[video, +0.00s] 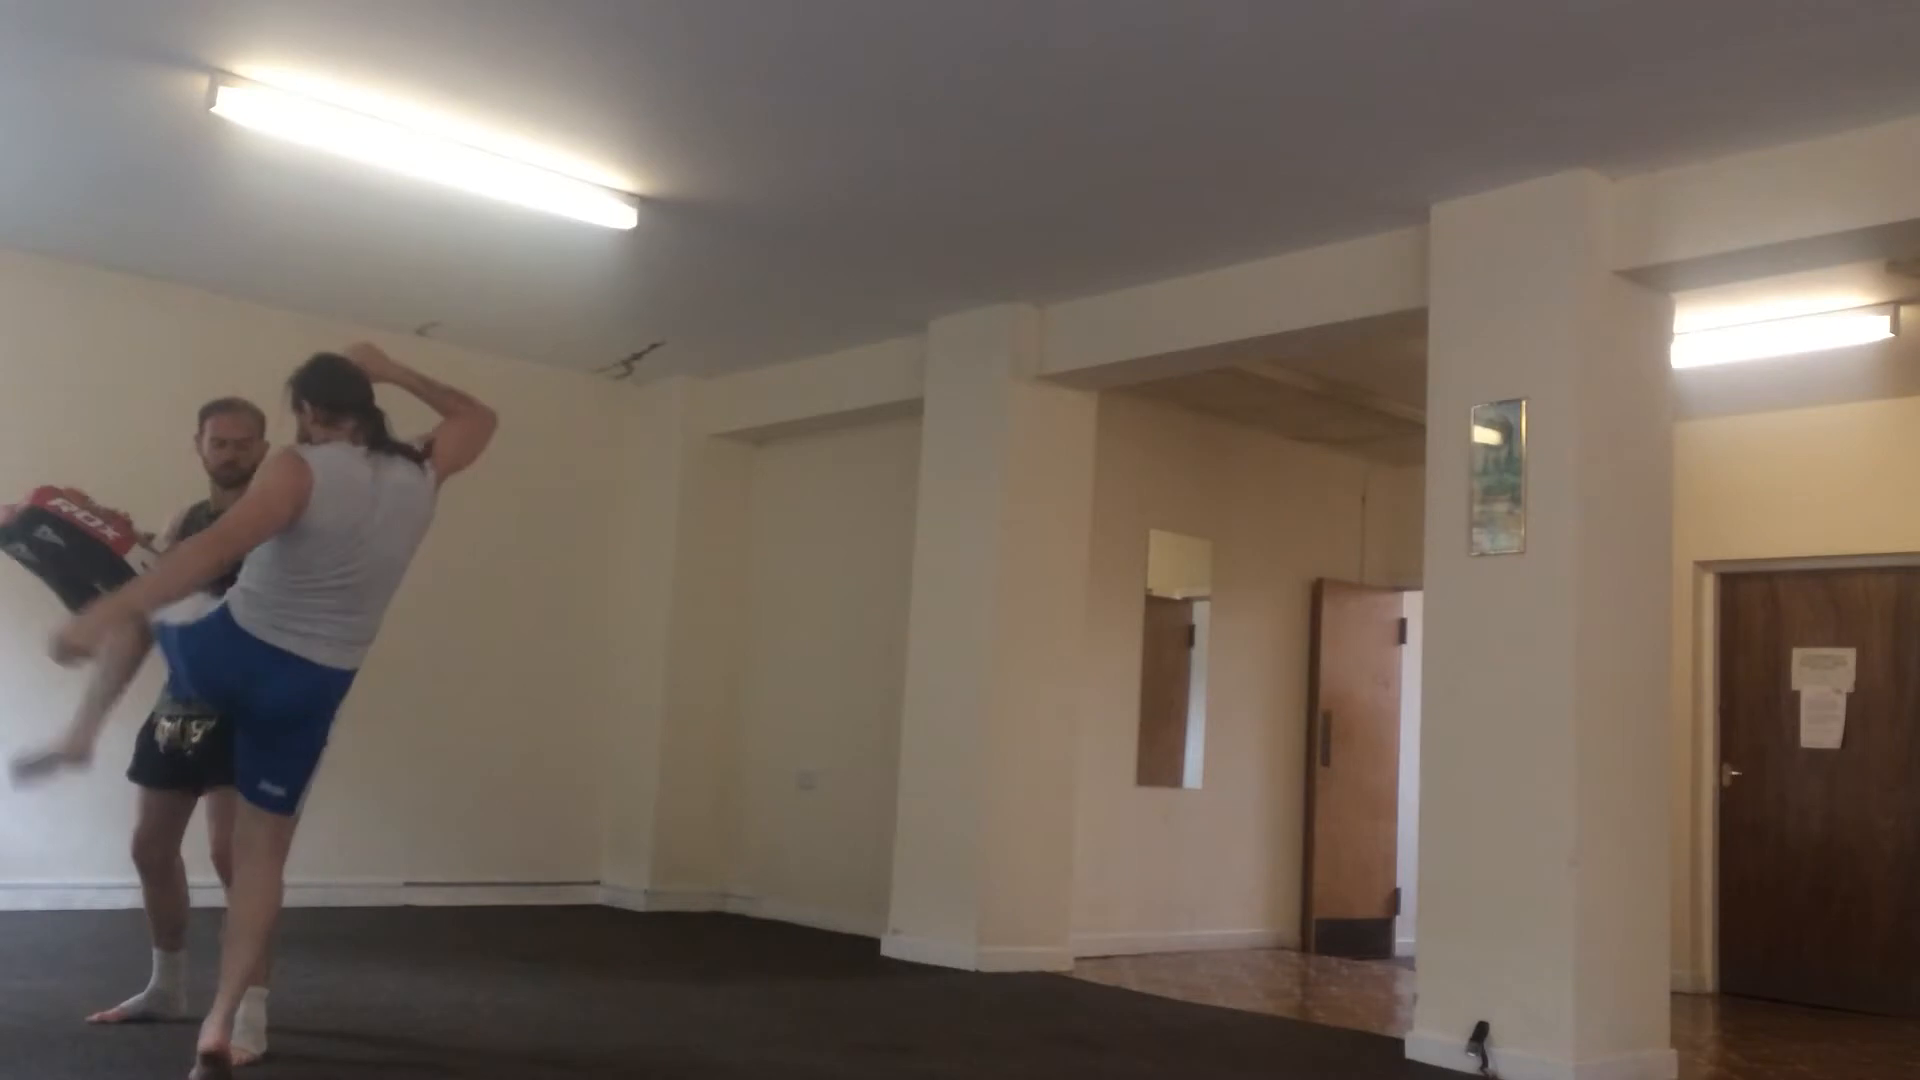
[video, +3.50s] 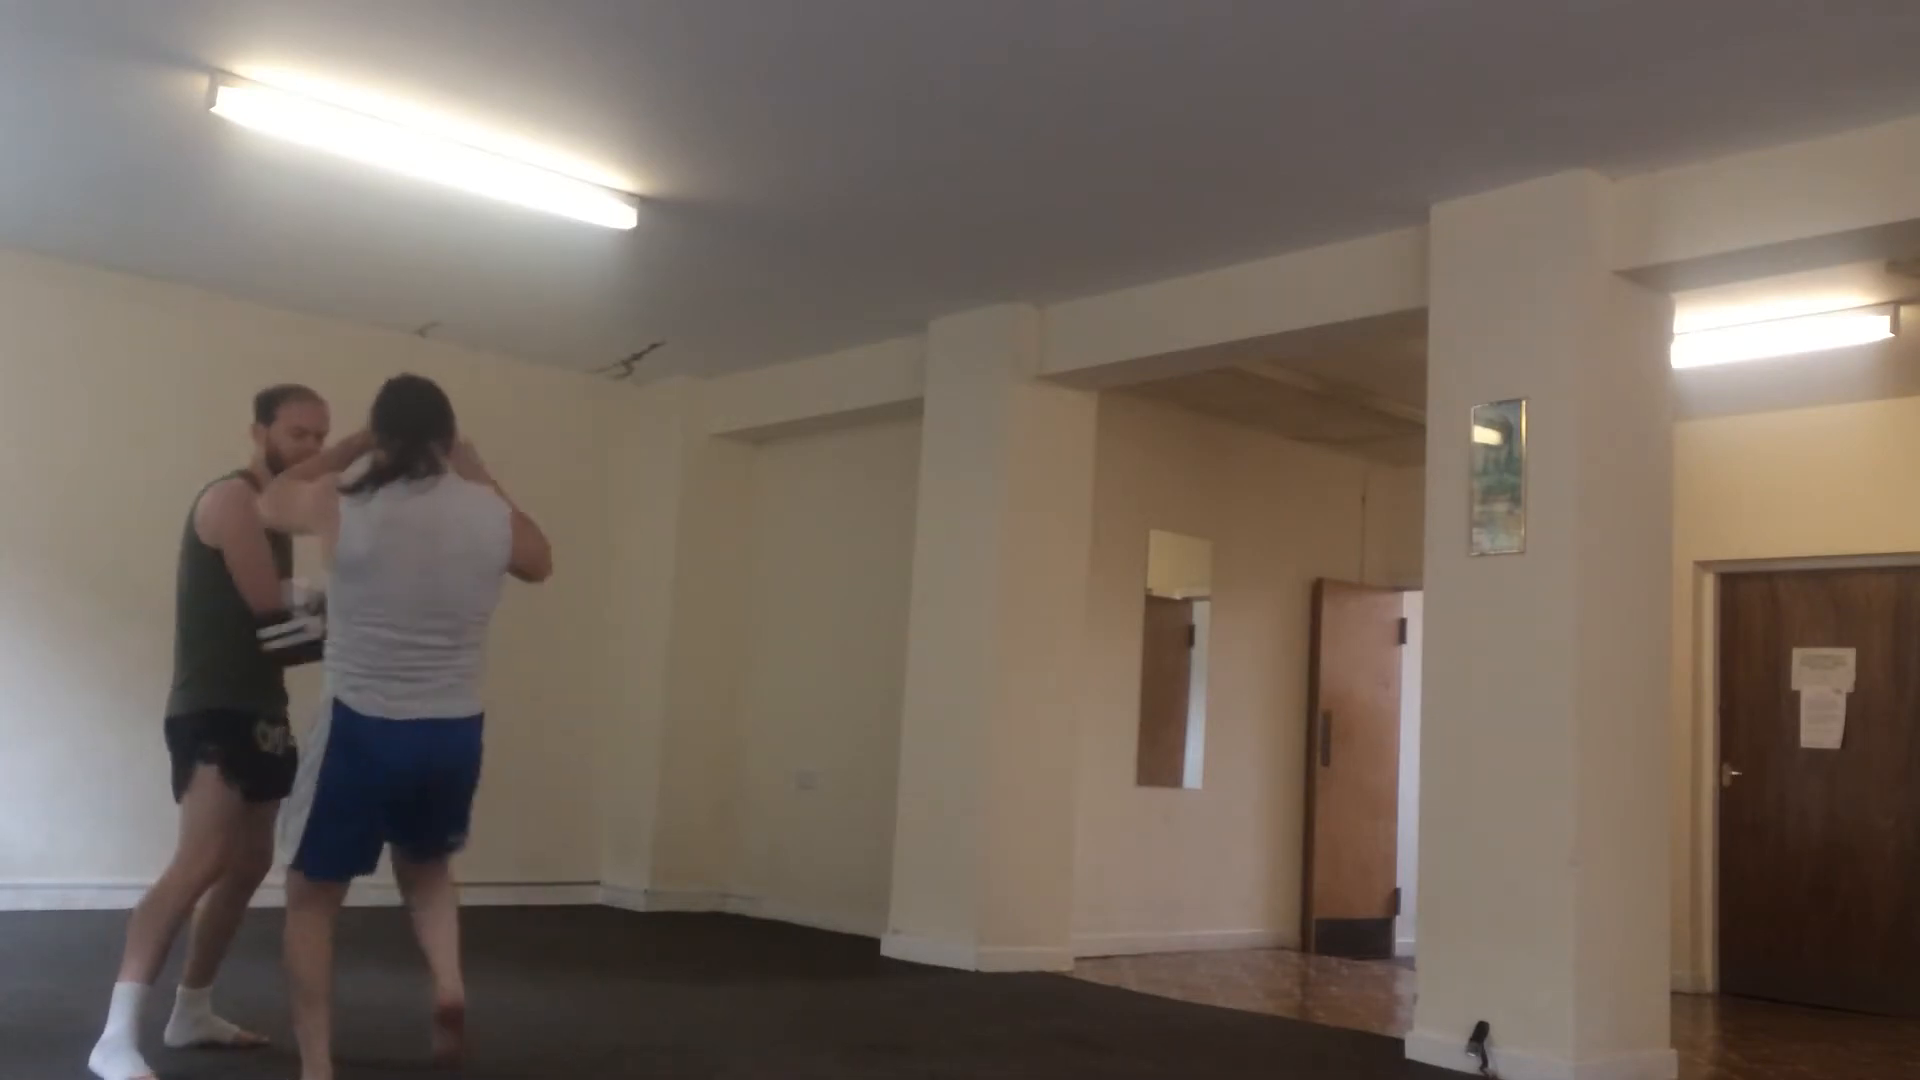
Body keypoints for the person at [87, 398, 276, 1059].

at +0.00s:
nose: (232, 454)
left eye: (245, 443)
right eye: (220, 443)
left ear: (266, 447)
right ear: (200, 449)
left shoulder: (288, 526)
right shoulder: (187, 524)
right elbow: (158, 595)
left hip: (248, 706)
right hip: (184, 700)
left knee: (232, 853)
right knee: (153, 849)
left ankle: (252, 999)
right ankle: (166, 985)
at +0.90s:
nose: (288, 497)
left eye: (300, 486)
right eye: (279, 483)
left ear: (314, 482)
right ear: (260, 468)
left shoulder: (310, 526)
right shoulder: (216, 501)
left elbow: (332, 598)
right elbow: (192, 568)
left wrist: (329, 512)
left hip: (264, 709)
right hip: (188, 702)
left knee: (267, 864)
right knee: (154, 853)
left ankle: (268, 1013)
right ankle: (163, 986)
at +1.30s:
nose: (305, 480)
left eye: (320, 471)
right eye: (297, 464)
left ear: (335, 474)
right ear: (273, 450)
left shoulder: (328, 525)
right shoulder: (217, 502)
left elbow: (336, 646)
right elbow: (185, 597)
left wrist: (348, 590)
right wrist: (230, 555)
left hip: (274, 707)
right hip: (192, 698)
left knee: (277, 867)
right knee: (123, 857)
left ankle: (269, 1015)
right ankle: (59, 1013)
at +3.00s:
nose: (316, 460)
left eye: (323, 450)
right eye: (307, 445)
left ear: (306, 444)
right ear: (267, 432)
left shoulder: (237, 494)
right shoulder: (250, 495)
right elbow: (294, 601)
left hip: (243, 714)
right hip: (214, 714)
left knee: (236, 867)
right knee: (182, 871)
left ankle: (191, 1012)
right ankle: (105, 1048)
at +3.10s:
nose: (326, 463)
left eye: (333, 451)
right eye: (315, 444)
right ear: (271, 434)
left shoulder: (247, 494)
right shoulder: (260, 496)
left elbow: (278, 615)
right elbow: (308, 608)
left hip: (244, 713)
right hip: (216, 713)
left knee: (237, 865)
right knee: (185, 871)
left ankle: (191, 1013)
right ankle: (107, 1047)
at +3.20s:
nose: (307, 444)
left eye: (313, 432)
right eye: (296, 428)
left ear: (259, 429)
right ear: (251, 422)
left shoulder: (236, 489)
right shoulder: (243, 491)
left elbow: (302, 584)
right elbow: (317, 575)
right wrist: (312, 490)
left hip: (247, 710)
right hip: (219, 711)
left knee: (232, 864)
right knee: (187, 868)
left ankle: (191, 1012)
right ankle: (107, 1043)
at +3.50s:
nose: (314, 449)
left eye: (321, 437)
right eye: (300, 435)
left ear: (325, 444)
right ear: (262, 435)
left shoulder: (277, 508)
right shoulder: (229, 499)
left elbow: (277, 611)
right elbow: (270, 600)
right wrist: (336, 593)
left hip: (262, 711)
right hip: (216, 711)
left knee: (246, 865)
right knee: (197, 863)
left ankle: (192, 1012)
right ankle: (116, 1037)